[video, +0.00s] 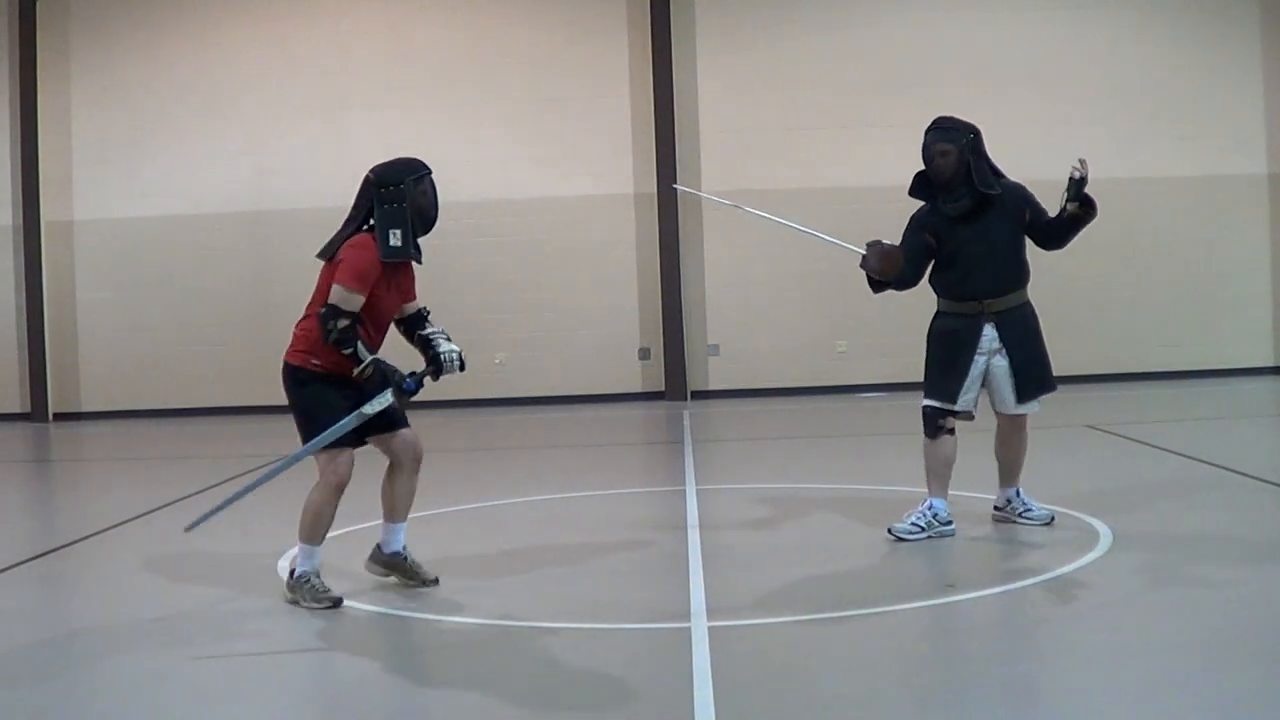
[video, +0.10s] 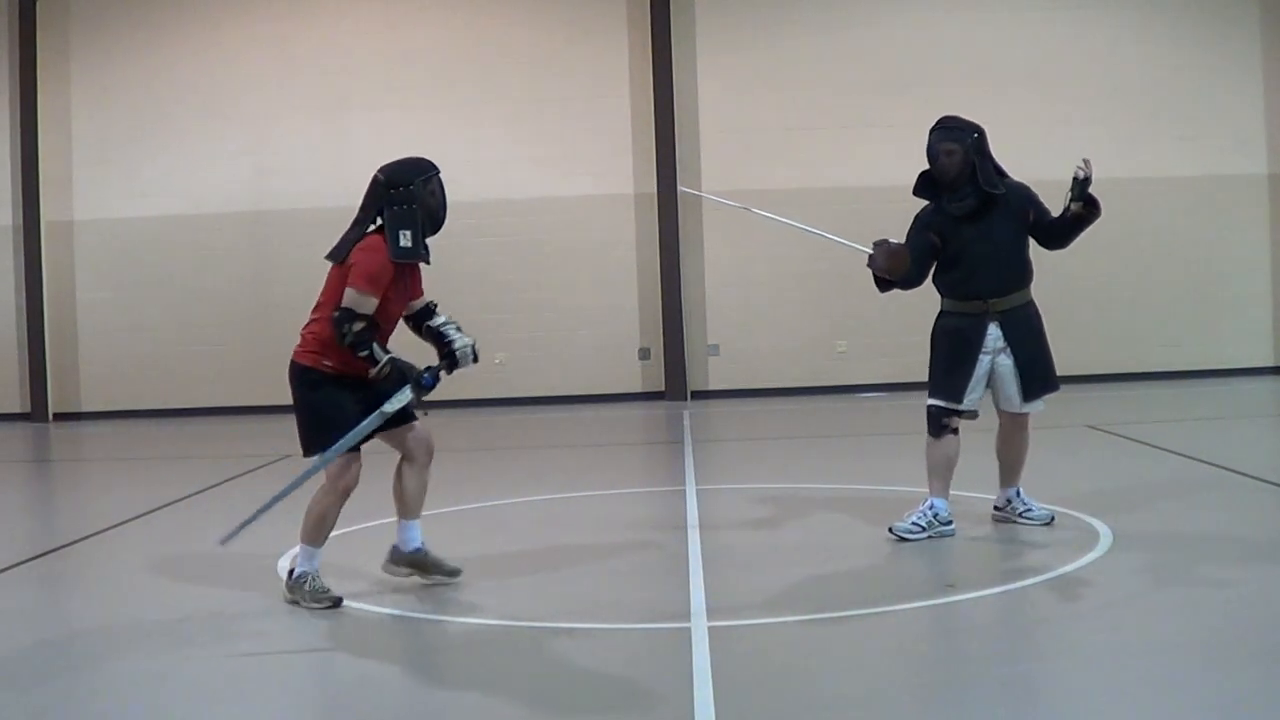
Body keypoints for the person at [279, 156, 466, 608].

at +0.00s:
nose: (432, 202)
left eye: (431, 192)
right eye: (424, 193)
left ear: (397, 200)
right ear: (400, 199)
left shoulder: (399, 252)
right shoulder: (363, 250)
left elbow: (406, 311)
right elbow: (336, 326)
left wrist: (435, 343)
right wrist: (381, 372)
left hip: (356, 371)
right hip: (314, 371)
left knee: (408, 453)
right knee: (336, 469)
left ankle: (390, 551)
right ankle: (301, 572)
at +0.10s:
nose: (440, 201)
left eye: (437, 192)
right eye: (432, 193)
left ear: (402, 200)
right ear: (409, 200)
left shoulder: (405, 250)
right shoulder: (375, 250)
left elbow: (413, 307)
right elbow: (350, 326)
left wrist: (447, 335)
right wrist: (395, 369)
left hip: (363, 372)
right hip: (321, 372)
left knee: (419, 447)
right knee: (343, 473)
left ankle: (408, 547)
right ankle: (301, 572)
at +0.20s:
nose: (453, 201)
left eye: (451, 192)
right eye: (446, 193)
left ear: (412, 201)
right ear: (425, 201)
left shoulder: (417, 250)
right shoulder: (394, 254)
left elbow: (437, 291)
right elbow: (372, 330)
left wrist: (467, 312)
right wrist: (422, 361)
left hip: (371, 374)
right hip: (333, 373)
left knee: (427, 445)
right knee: (352, 481)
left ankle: (459, 544)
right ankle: (299, 571)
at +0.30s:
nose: (471, 213)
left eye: (470, 204)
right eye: (464, 205)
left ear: (429, 214)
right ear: (445, 215)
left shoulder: (435, 257)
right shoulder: (416, 271)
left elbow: (468, 280)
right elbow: (408, 349)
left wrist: (498, 295)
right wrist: (465, 358)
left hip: (390, 377)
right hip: (352, 379)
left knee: (456, 435)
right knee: (369, 489)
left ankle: (517, 520)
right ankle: (298, 566)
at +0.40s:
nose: (503, 221)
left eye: (500, 212)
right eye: (495, 213)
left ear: (460, 224)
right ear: (473, 224)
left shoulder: (464, 265)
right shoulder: (442, 279)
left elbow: (516, 289)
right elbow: (482, 351)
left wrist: (542, 280)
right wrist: (533, 321)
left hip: (416, 389)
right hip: (380, 391)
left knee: (495, 431)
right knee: (374, 499)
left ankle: (566, 508)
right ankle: (302, 570)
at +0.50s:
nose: (544, 217)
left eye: (541, 208)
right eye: (538, 208)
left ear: (503, 218)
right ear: (519, 216)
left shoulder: (506, 260)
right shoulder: (495, 262)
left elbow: (561, 303)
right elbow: (565, 302)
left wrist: (606, 274)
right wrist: (613, 271)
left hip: (465, 390)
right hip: (426, 388)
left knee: (538, 444)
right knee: (383, 482)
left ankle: (591, 531)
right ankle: (309, 564)